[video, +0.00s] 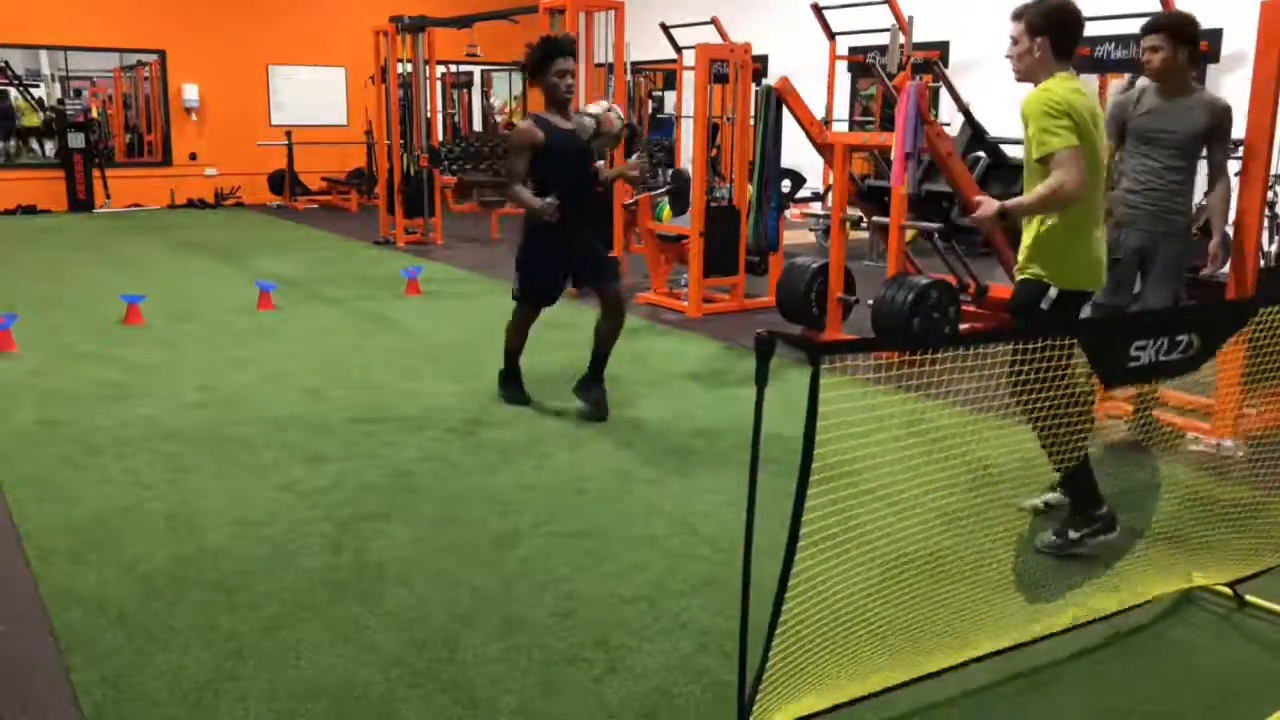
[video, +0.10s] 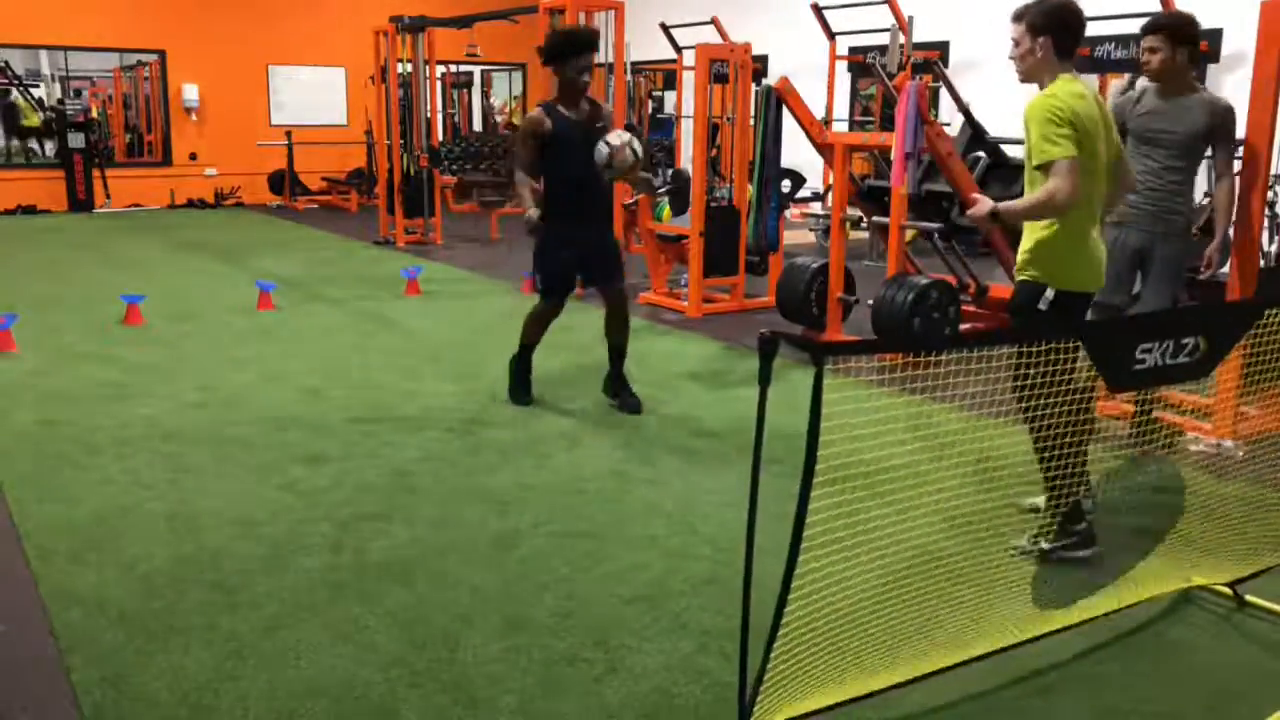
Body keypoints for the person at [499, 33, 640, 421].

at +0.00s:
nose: (568, 82)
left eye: (572, 75)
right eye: (560, 75)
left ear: (575, 79)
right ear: (540, 81)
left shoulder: (583, 126)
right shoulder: (528, 131)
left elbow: (588, 177)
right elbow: (515, 185)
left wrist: (621, 171)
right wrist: (537, 205)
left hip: (586, 233)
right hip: (547, 234)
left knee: (615, 304)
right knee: (528, 310)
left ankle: (593, 380)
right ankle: (510, 374)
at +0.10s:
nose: (586, 78)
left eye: (590, 70)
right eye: (579, 70)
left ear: (592, 70)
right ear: (556, 71)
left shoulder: (600, 115)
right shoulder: (538, 122)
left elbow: (622, 164)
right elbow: (522, 173)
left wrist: (630, 165)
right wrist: (530, 208)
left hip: (598, 226)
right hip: (557, 228)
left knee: (617, 300)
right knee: (551, 304)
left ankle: (616, 376)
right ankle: (522, 362)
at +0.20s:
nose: (604, 98)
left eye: (608, 90)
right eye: (597, 90)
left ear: (610, 89)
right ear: (577, 87)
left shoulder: (612, 127)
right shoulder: (547, 129)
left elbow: (614, 171)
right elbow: (523, 171)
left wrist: (636, 184)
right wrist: (521, 216)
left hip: (603, 224)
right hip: (566, 225)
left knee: (621, 301)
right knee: (589, 304)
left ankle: (620, 381)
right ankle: (554, 351)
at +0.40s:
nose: (615, 108)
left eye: (619, 100)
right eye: (608, 100)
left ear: (624, 100)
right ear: (589, 97)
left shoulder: (627, 139)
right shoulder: (558, 133)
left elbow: (633, 183)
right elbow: (527, 168)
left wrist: (640, 214)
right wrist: (522, 210)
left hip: (603, 220)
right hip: (567, 220)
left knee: (629, 291)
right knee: (609, 271)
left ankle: (626, 379)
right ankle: (646, 351)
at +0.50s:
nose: (615, 117)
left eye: (620, 109)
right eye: (607, 109)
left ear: (626, 109)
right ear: (587, 108)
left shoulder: (629, 152)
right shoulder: (560, 147)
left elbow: (631, 199)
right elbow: (533, 182)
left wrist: (635, 232)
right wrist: (527, 216)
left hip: (603, 228)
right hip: (565, 229)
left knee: (635, 288)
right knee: (609, 278)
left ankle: (658, 369)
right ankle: (633, 368)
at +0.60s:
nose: (597, 128)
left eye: (604, 121)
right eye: (590, 121)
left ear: (612, 125)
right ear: (576, 125)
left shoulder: (625, 172)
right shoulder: (558, 169)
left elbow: (628, 221)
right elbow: (533, 213)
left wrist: (631, 256)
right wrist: (518, 252)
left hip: (606, 252)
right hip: (568, 254)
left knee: (644, 314)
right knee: (604, 302)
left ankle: (676, 379)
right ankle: (590, 371)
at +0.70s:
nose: (551, 121)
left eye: (559, 114)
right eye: (546, 113)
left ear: (577, 119)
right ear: (539, 119)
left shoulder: (594, 170)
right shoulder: (527, 163)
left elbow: (605, 218)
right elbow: (512, 201)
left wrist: (611, 251)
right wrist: (498, 224)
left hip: (590, 258)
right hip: (550, 261)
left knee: (634, 320)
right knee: (558, 321)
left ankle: (674, 380)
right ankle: (568, 357)